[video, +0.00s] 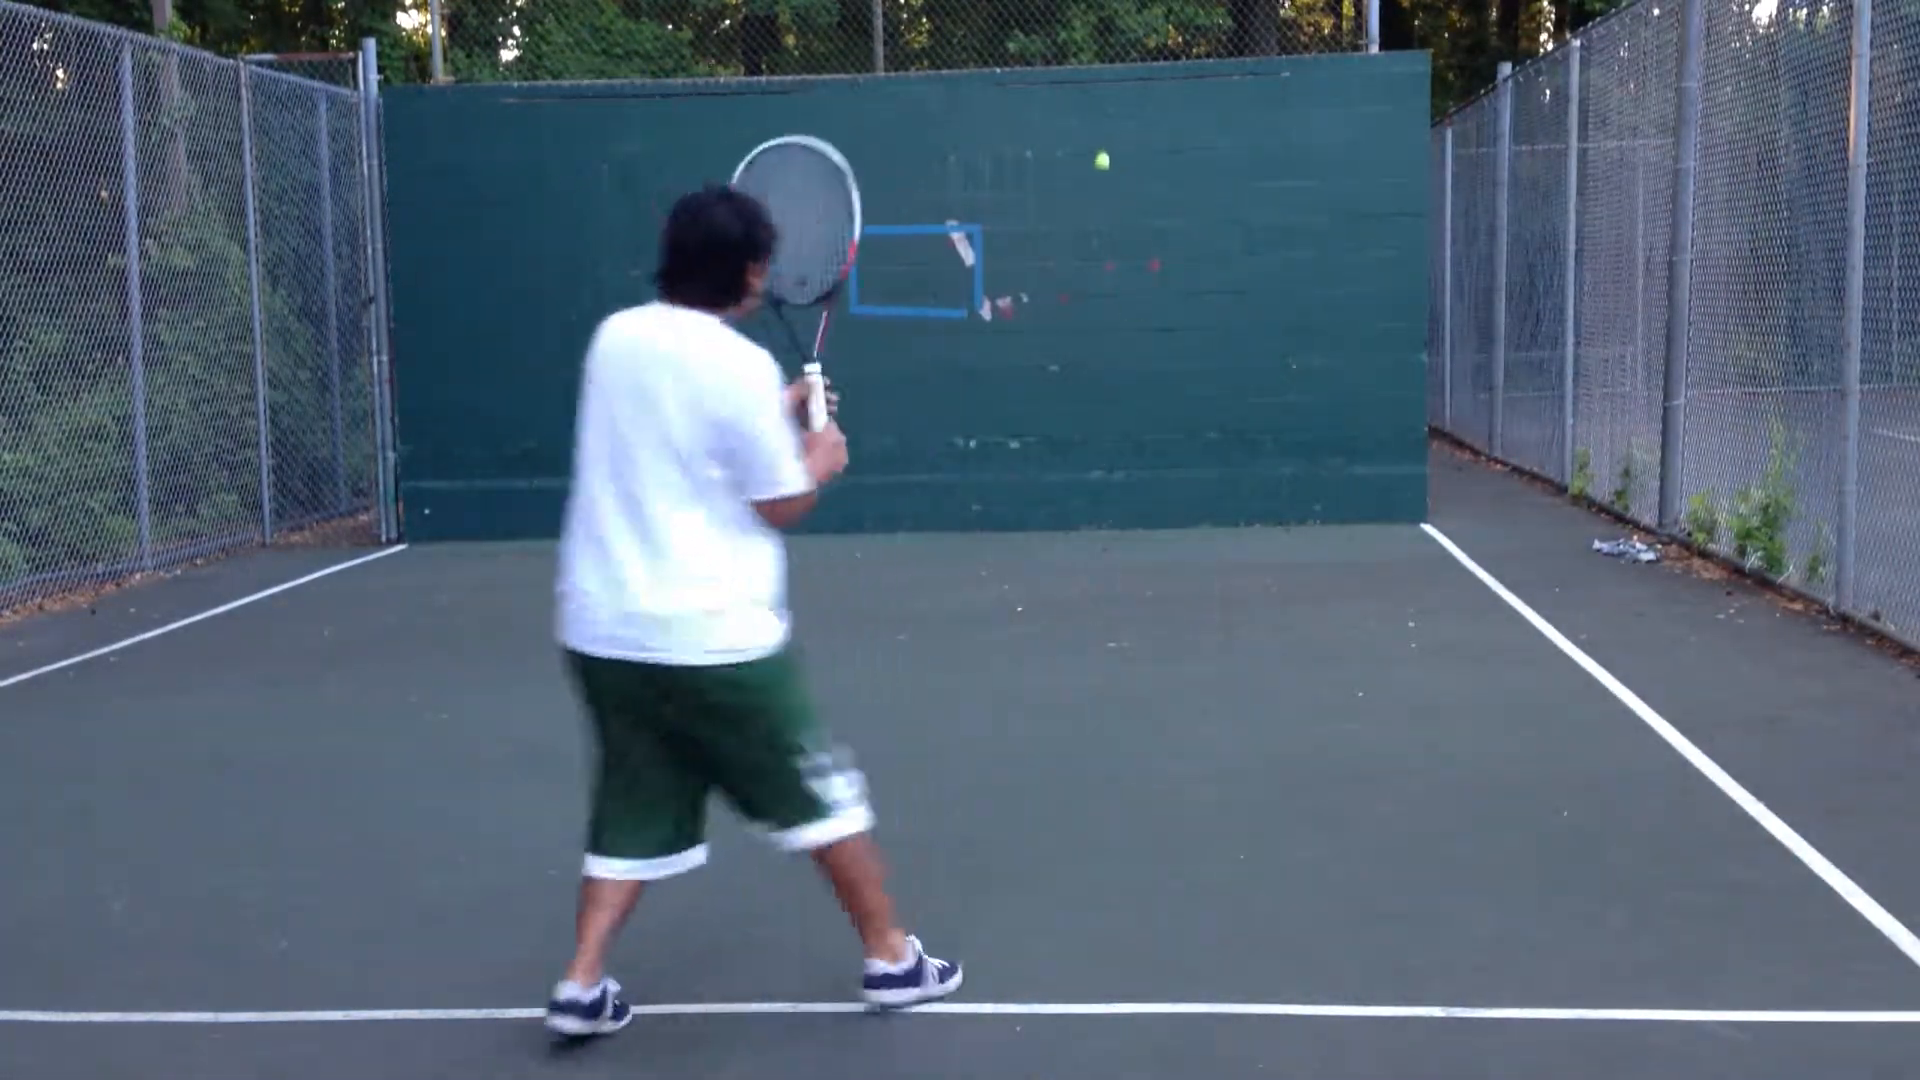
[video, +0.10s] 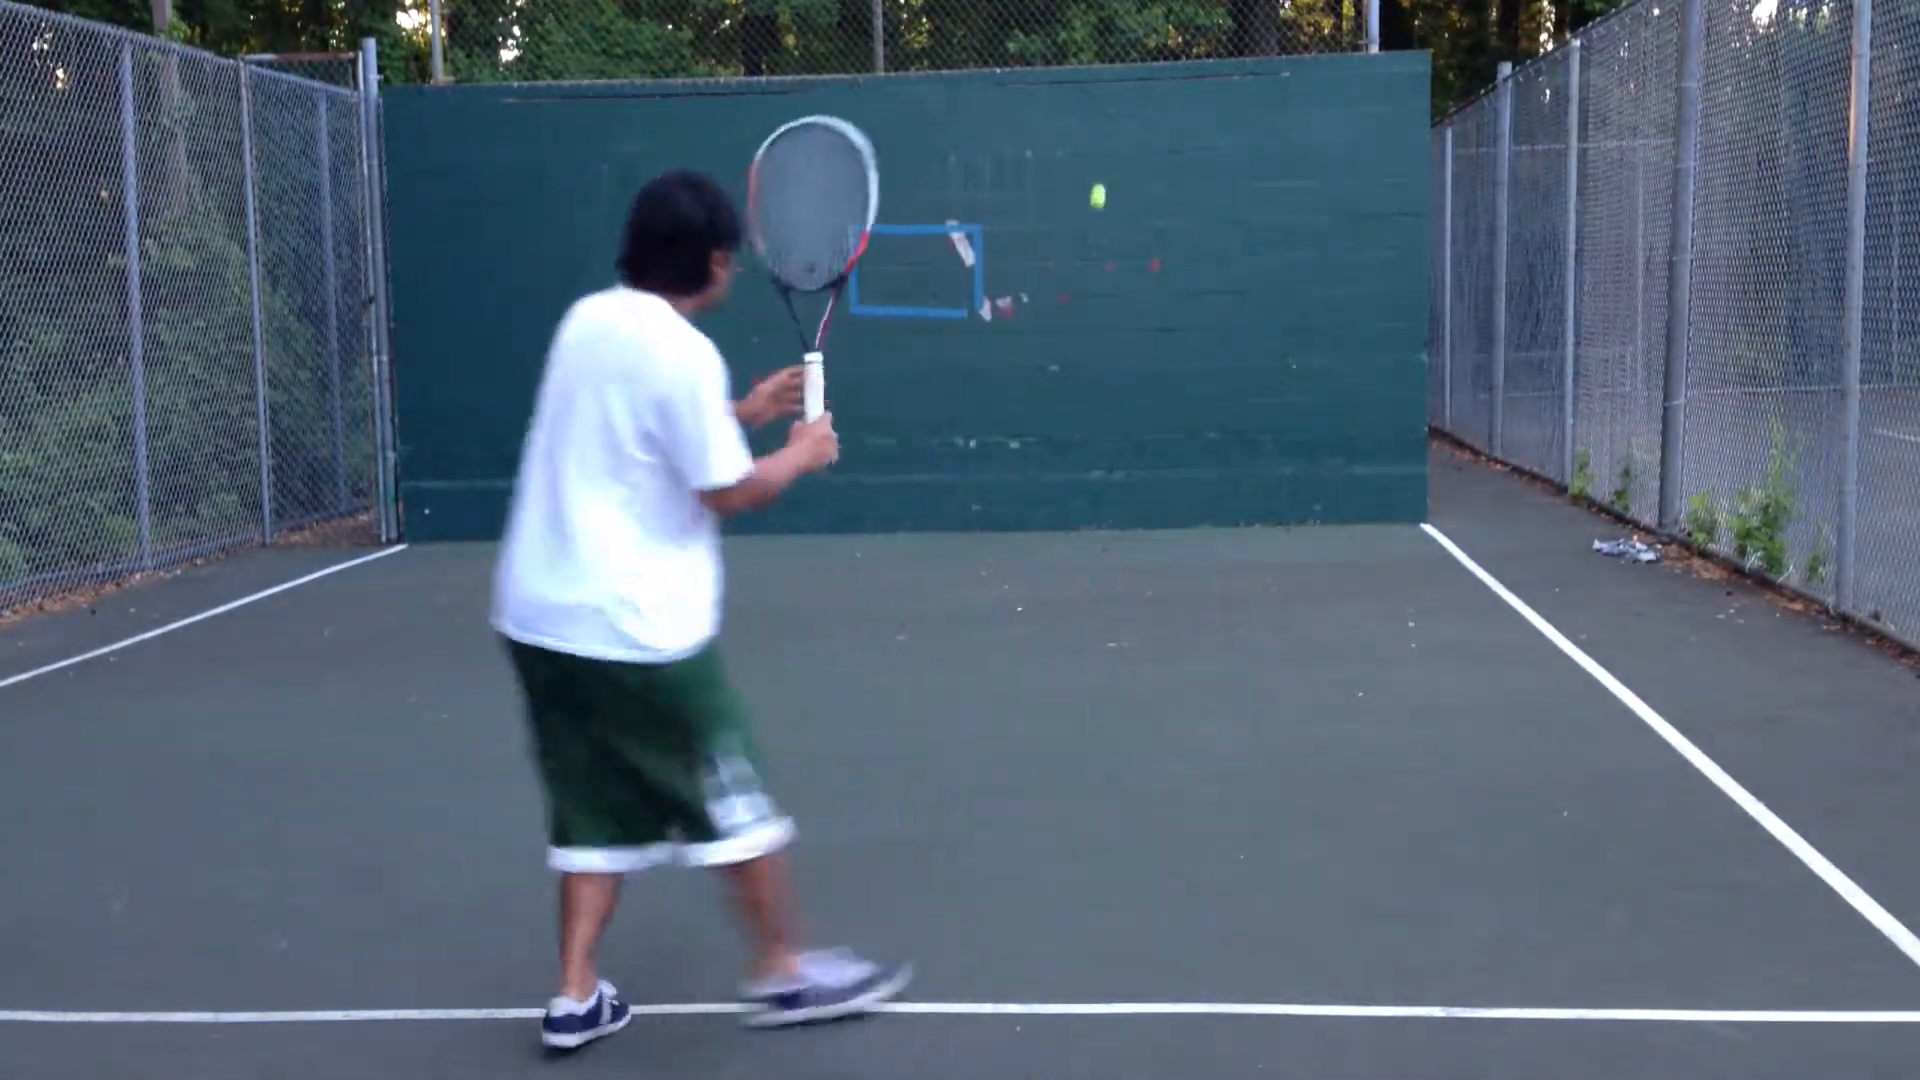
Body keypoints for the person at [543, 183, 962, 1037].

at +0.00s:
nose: (765, 280)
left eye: (764, 265)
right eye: (761, 266)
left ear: (671, 263)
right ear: (743, 276)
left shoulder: (613, 337)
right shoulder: (736, 367)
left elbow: (675, 437)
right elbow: (781, 503)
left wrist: (777, 409)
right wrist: (822, 461)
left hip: (602, 631)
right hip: (716, 641)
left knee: (635, 804)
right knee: (819, 794)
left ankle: (581, 983)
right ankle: (891, 956)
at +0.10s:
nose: (732, 272)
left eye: (731, 256)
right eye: (728, 258)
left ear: (641, 249)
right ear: (706, 265)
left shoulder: (586, 318)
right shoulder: (682, 355)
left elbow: (632, 427)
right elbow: (727, 490)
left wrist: (745, 407)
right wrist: (801, 456)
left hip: (542, 618)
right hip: (640, 632)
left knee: (591, 813)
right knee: (738, 802)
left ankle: (574, 997)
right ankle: (784, 970)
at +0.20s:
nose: (708, 254)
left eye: (709, 239)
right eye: (705, 239)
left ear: (617, 229)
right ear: (681, 245)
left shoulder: (566, 293)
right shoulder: (641, 331)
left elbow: (606, 420)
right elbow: (689, 472)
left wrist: (716, 410)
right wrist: (788, 448)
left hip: (478, 574)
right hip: (557, 596)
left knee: (531, 791)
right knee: (623, 801)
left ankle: (556, 979)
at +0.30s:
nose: (676, 269)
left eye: (675, 253)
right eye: (672, 254)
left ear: (589, 243)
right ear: (642, 261)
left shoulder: (544, 304)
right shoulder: (592, 339)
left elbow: (588, 428)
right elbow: (644, 477)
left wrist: (700, 425)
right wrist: (771, 455)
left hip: (437, 586)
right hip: (486, 612)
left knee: (474, 806)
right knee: (497, 828)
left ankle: (459, 986)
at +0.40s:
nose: (641, 300)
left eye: (641, 283)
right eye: (639, 285)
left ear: (551, 274)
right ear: (616, 293)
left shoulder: (517, 344)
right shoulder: (536, 366)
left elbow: (580, 458)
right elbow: (567, 505)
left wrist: (688, 462)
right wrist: (697, 489)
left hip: (399, 630)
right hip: (442, 653)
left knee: (393, 837)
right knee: (435, 872)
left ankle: (361, 1013)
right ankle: (356, 1058)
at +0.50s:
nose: (621, 306)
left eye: (622, 290)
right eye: (618, 290)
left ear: (545, 287)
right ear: (589, 297)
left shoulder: (507, 358)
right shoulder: (499, 373)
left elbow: (549, 462)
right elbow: (467, 510)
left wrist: (663, 482)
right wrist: (582, 526)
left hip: (366, 638)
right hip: (415, 663)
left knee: (357, 850)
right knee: (426, 896)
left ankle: (267, 1003)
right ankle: (351, 1063)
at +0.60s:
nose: (598, 300)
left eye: (597, 283)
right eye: (594, 284)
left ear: (516, 280)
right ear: (563, 293)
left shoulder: (489, 356)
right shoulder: (466, 369)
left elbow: (525, 462)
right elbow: (392, 495)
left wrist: (632, 458)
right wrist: (454, 548)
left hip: (349, 638)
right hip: (405, 662)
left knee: (317, 847)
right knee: (426, 884)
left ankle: (197, 1010)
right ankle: (352, 1061)